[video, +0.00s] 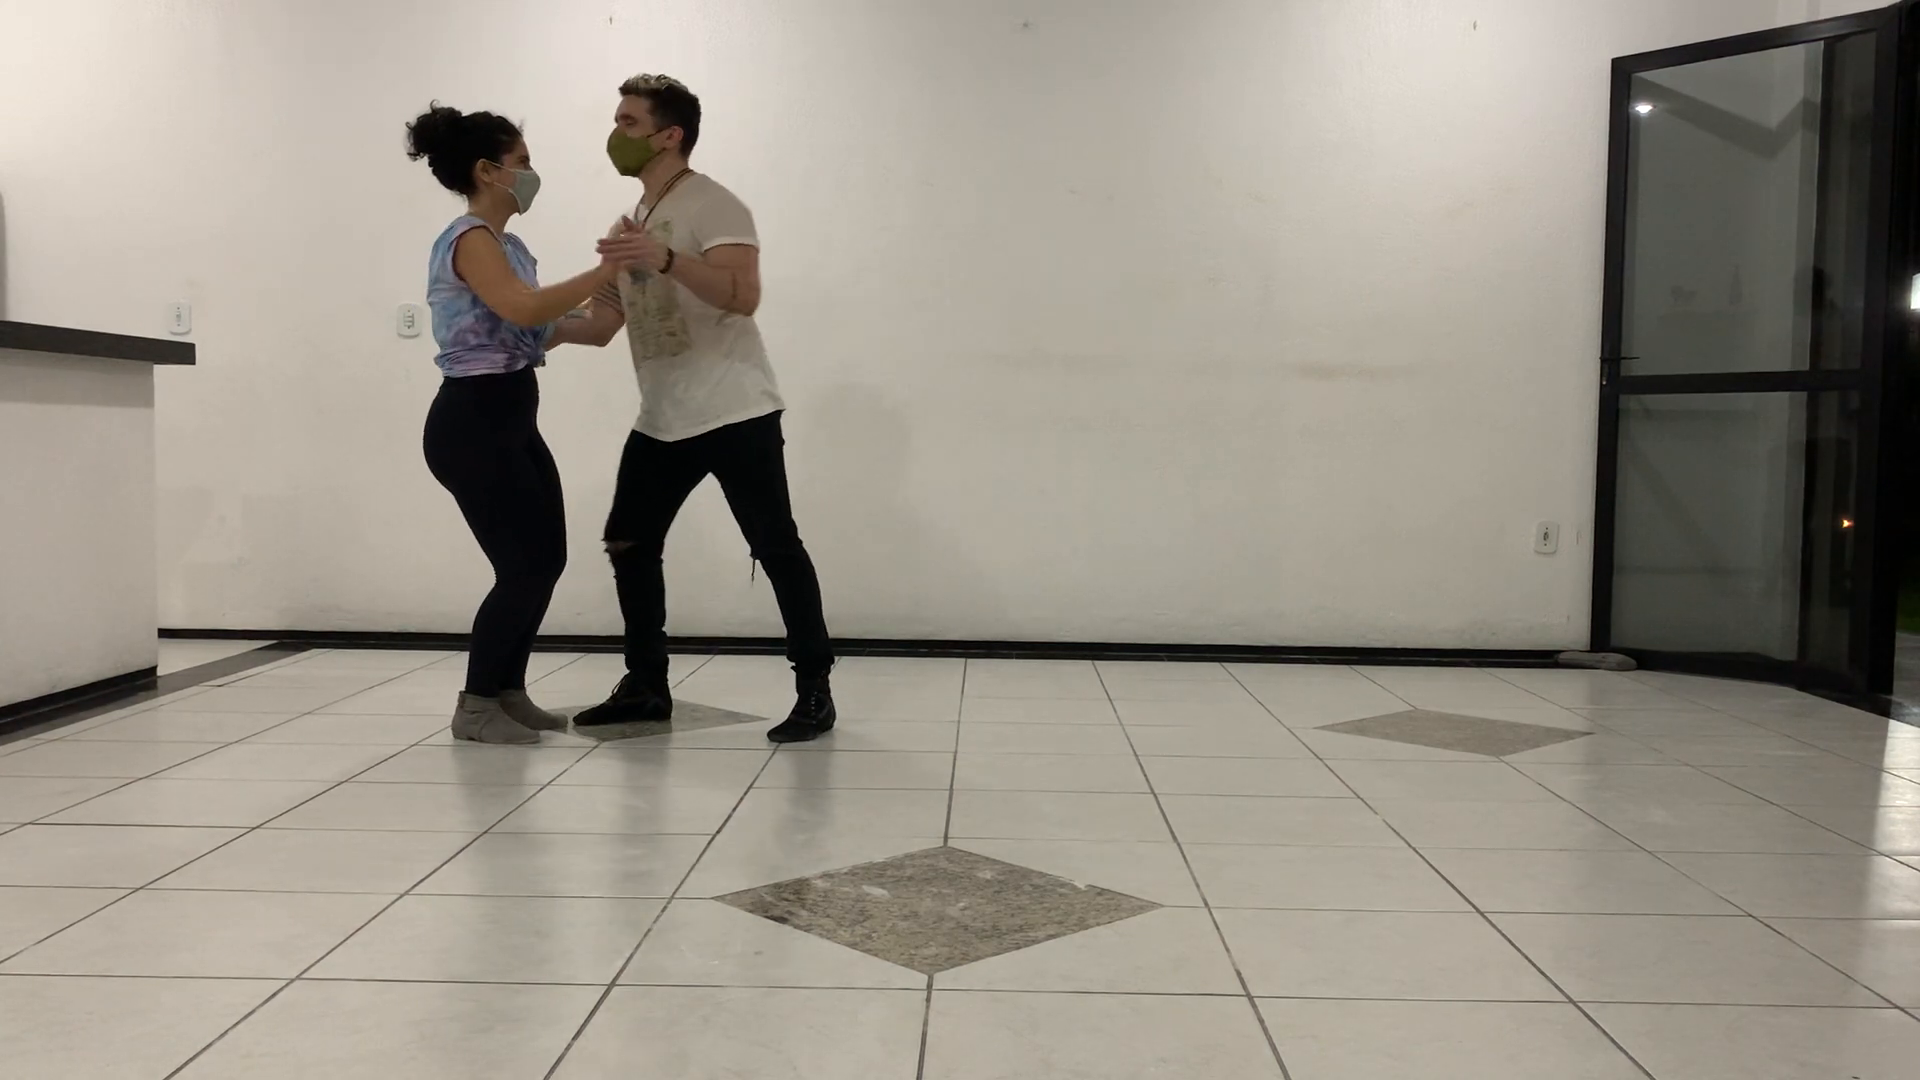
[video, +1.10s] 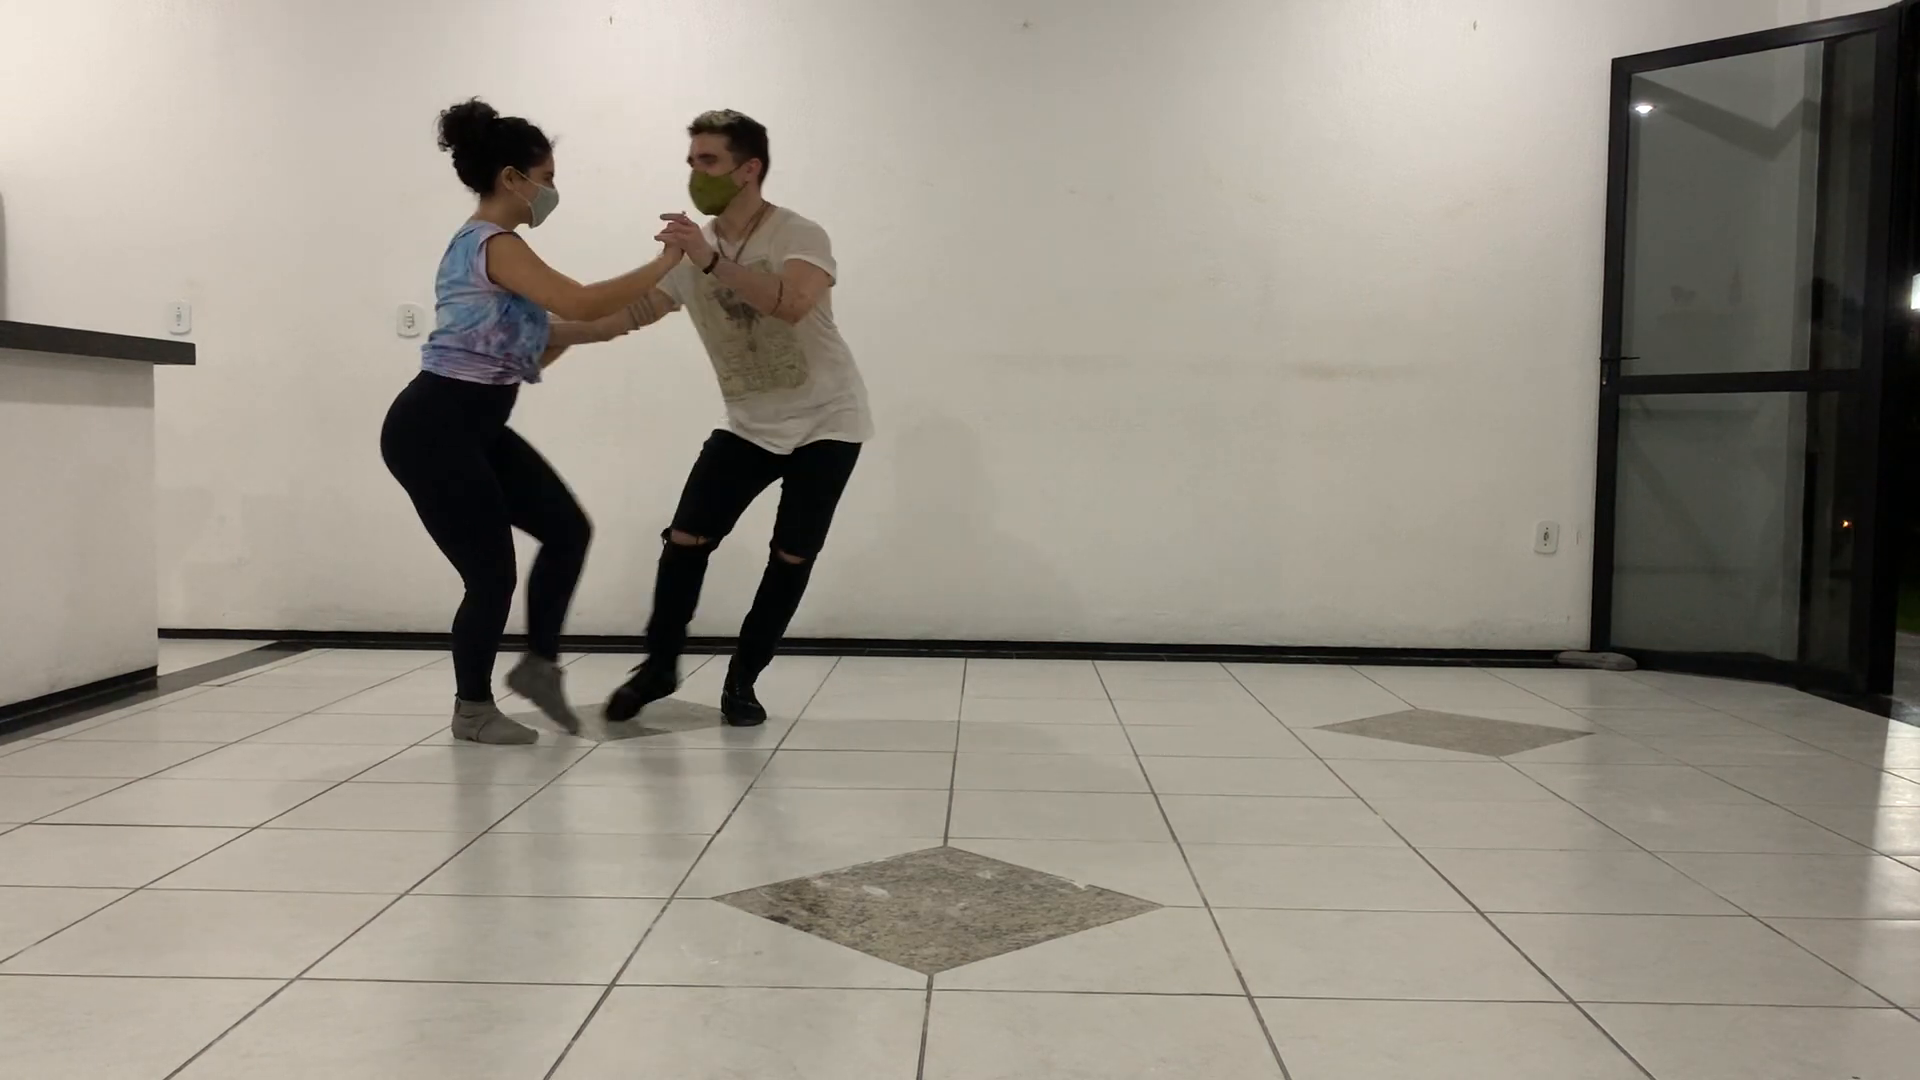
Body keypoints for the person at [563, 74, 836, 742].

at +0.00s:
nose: (614, 131)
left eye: (628, 122)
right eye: (616, 120)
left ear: (671, 135)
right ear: (651, 137)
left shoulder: (714, 205)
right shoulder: (630, 229)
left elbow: (742, 294)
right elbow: (600, 324)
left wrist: (665, 260)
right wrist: (526, 320)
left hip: (737, 408)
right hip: (665, 416)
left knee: (776, 546)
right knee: (630, 540)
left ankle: (815, 695)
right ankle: (646, 688)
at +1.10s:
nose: (696, 174)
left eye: (709, 162)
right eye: (691, 162)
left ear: (751, 168)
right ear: (690, 166)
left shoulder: (799, 235)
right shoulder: (694, 251)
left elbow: (790, 302)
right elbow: (628, 314)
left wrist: (712, 258)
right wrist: (552, 331)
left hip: (828, 418)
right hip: (752, 422)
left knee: (792, 554)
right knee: (687, 535)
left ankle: (742, 681)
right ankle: (659, 667)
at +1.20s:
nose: (719, 177)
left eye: (733, 166)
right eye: (717, 166)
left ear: (776, 173)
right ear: (719, 172)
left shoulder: (818, 241)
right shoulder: (715, 255)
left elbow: (798, 302)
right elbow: (651, 315)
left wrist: (717, 271)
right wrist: (577, 335)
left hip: (834, 424)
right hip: (760, 426)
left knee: (795, 557)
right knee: (699, 535)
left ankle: (742, 679)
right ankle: (740, 644)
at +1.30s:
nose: (741, 174)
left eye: (755, 164)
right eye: (738, 163)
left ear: (797, 172)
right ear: (736, 166)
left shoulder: (835, 244)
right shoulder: (731, 248)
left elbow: (833, 306)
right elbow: (673, 316)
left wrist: (755, 289)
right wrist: (602, 336)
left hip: (838, 426)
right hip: (766, 429)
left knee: (798, 562)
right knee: (725, 552)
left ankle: (743, 678)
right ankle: (819, 644)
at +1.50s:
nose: (770, 164)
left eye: (784, 153)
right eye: (765, 153)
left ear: (824, 160)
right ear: (761, 159)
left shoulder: (858, 224)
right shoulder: (758, 245)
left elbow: (912, 261)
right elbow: (718, 336)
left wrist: (826, 227)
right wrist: (665, 294)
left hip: (865, 407)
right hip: (795, 420)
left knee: (834, 544)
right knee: (799, 562)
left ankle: (770, 675)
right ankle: (872, 676)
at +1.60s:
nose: (788, 162)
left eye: (802, 150)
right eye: (782, 151)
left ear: (839, 156)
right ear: (774, 158)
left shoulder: (878, 220)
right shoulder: (774, 245)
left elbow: (911, 217)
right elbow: (727, 328)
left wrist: (837, 199)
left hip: (885, 399)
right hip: (815, 415)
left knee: (895, 527)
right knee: (813, 559)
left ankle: (863, 660)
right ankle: (875, 684)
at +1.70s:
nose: (808, 157)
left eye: (821, 145)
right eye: (801, 145)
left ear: (858, 151)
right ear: (794, 152)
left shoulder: (892, 209)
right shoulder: (792, 240)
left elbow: (887, 174)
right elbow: (754, 315)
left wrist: (809, 180)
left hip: (901, 397)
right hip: (826, 413)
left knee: (947, 521)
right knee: (824, 556)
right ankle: (875, 675)